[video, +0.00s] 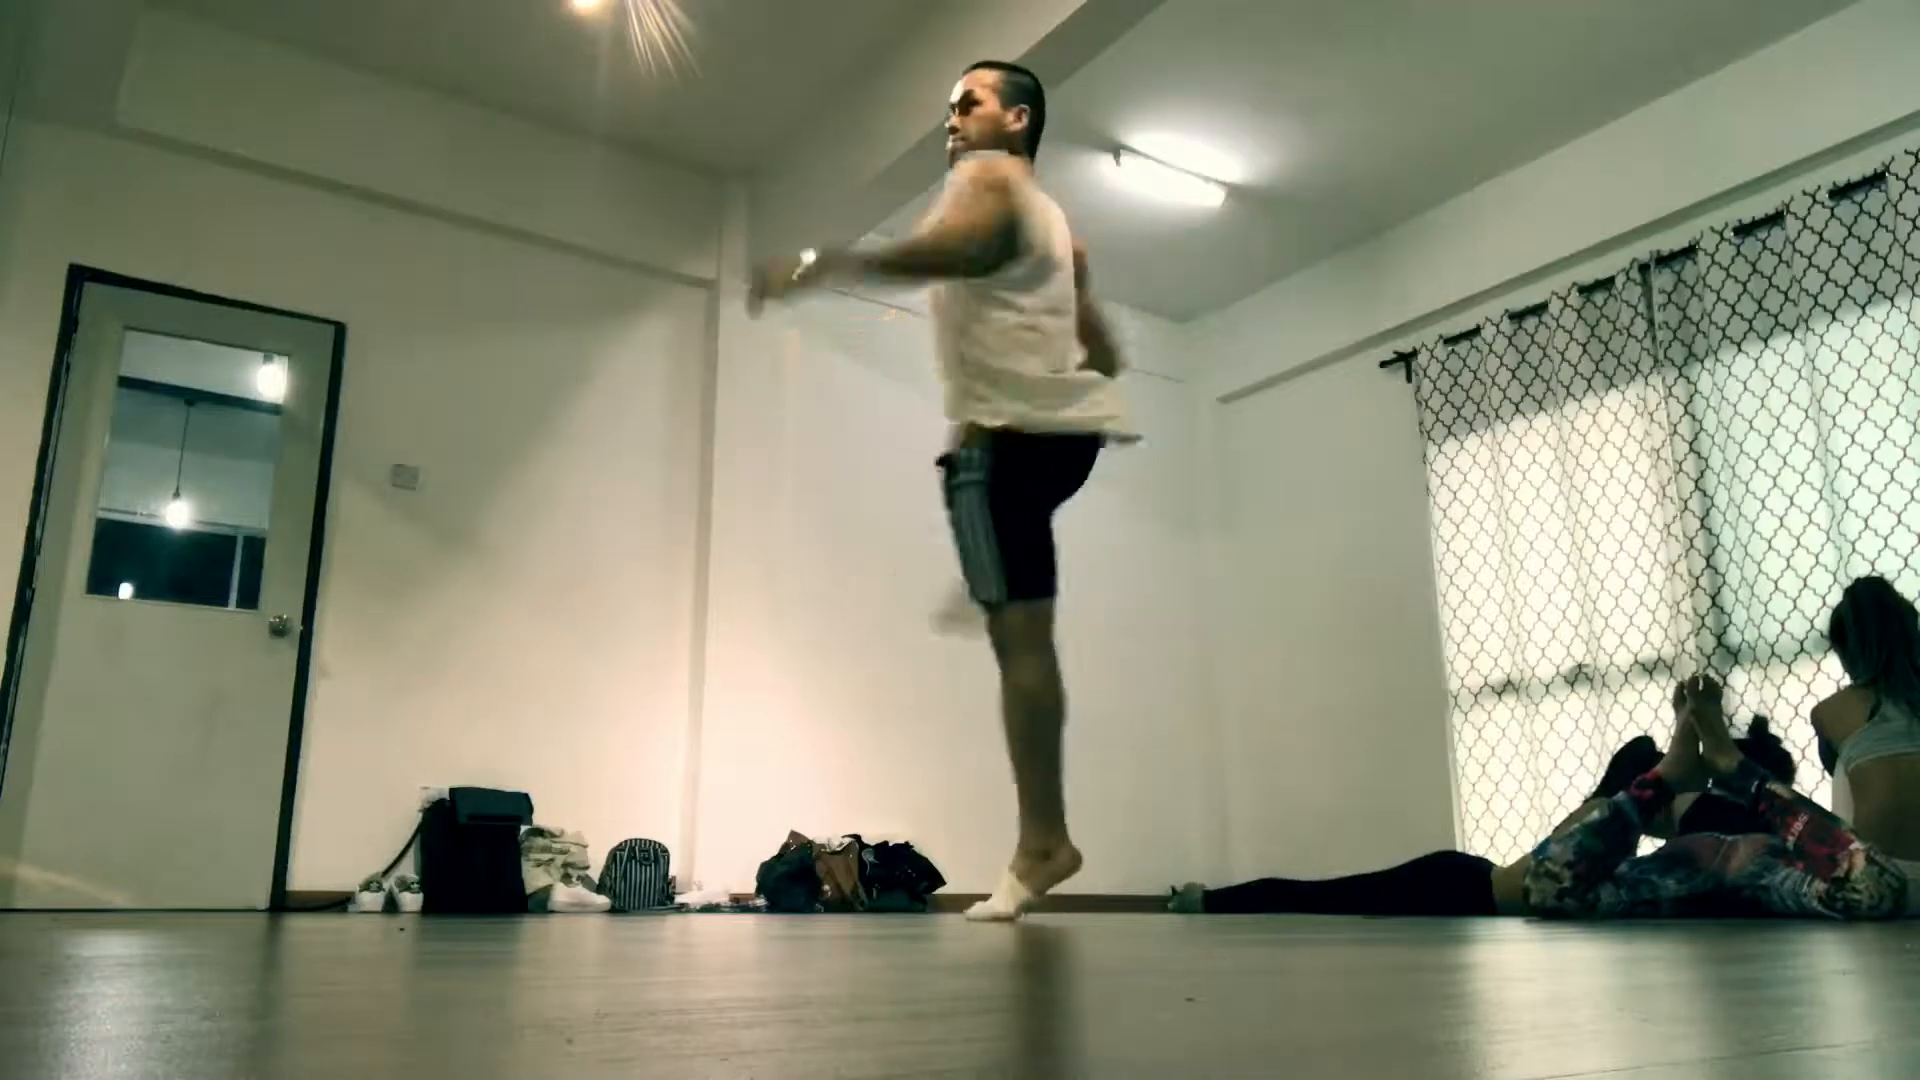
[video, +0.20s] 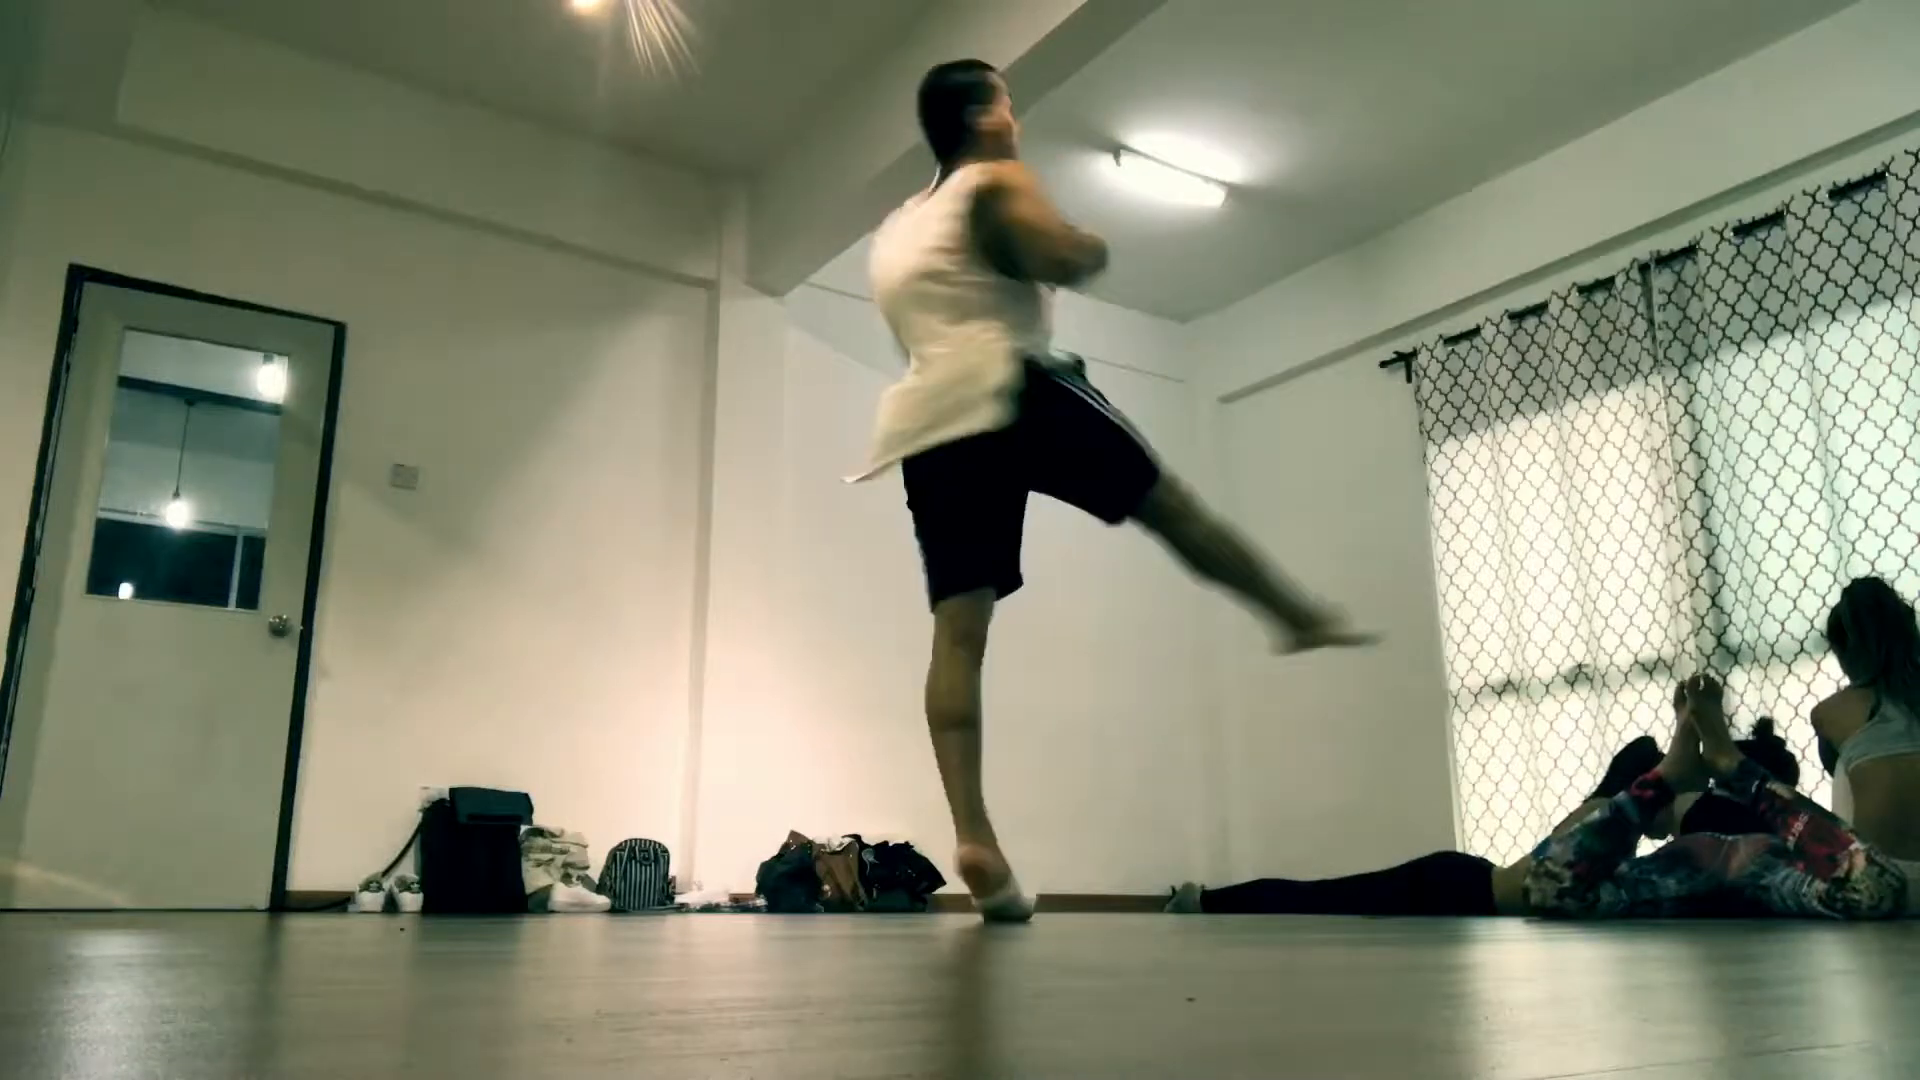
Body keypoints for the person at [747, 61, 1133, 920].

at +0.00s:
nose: (953, 117)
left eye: (970, 103)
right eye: (953, 105)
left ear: (1021, 119)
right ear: (1017, 130)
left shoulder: (984, 175)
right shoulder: (1052, 217)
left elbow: (965, 245)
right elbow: (1103, 355)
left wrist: (822, 266)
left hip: (1006, 439)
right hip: (1070, 436)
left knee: (1023, 646)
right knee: (997, 497)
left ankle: (1043, 845)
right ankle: (985, 595)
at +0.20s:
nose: (1015, 119)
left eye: (1009, 105)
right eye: (1006, 106)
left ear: (939, 131)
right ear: (977, 116)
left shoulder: (894, 233)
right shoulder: (994, 180)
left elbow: (927, 318)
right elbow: (1061, 255)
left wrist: (1021, 259)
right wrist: (1085, 245)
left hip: (933, 435)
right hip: (1020, 401)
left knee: (958, 639)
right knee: (1172, 511)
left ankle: (972, 839)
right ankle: (1295, 615)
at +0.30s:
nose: (954, 140)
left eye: (963, 122)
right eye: (938, 134)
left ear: (996, 132)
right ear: (930, 156)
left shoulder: (1001, 233)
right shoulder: (942, 199)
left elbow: (1031, 362)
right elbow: (934, 266)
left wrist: (1105, 338)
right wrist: (1072, 253)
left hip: (970, 429)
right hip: (965, 398)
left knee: (1006, 638)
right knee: (1148, 455)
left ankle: (974, 850)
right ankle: (1344, 528)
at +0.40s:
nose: (941, 195)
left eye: (953, 179)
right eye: (931, 191)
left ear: (999, 189)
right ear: (932, 213)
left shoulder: (1062, 297)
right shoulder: (928, 275)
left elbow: (1150, 365)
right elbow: (879, 308)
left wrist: (1240, 402)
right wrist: (889, 295)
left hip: (1029, 485)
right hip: (941, 465)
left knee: (1027, 675)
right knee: (1045, 395)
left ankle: (989, 883)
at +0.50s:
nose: (946, 193)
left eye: (958, 175)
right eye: (937, 184)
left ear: (1007, 179)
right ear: (941, 205)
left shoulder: (1087, 263)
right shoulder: (936, 289)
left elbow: (1211, 287)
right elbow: (807, 298)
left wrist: (1339, 290)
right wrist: (691, 280)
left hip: (1045, 494)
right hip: (956, 473)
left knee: (1023, 684)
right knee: (867, 392)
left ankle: (985, 884)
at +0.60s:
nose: (936, 138)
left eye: (950, 120)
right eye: (929, 129)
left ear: (1004, 122)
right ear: (942, 148)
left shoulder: (1069, 188)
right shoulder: (952, 253)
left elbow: (1213, 182)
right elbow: (838, 308)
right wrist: (738, 337)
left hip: (1038, 448)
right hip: (956, 419)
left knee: (1005, 651)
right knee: (809, 406)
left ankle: (987, 869)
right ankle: (586, 397)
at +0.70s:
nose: (921, 114)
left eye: (936, 96)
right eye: (915, 105)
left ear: (990, 100)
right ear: (929, 129)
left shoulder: (1028, 156)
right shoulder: (951, 234)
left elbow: (1131, 153)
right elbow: (920, 345)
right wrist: (847, 411)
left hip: (1037, 398)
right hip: (973, 405)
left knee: (1001, 611)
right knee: (822, 448)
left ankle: (1020, 836)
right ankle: (639, 486)